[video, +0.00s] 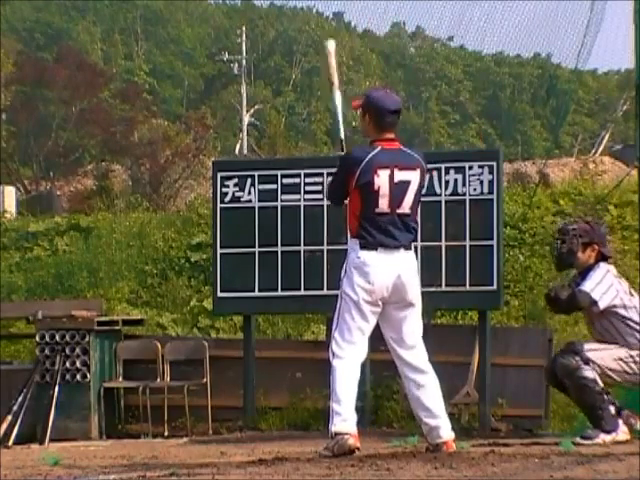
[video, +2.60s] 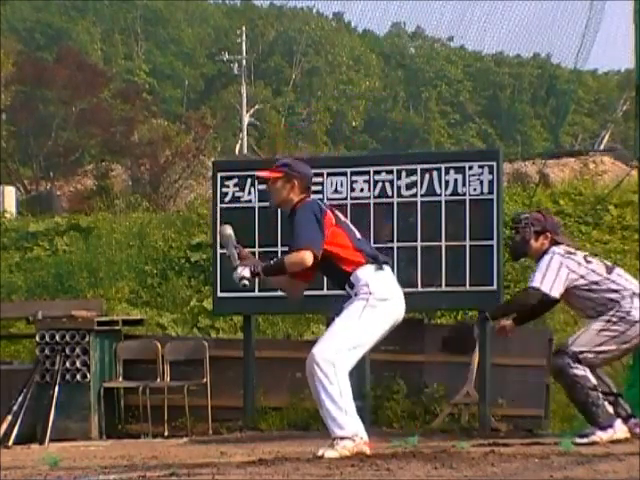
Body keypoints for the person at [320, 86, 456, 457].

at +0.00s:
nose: (361, 119)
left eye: (363, 115)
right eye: (362, 114)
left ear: (369, 119)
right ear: (396, 119)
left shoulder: (357, 160)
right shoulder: (416, 162)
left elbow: (335, 196)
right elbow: (395, 192)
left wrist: (346, 163)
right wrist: (362, 165)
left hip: (367, 263)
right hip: (406, 263)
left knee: (347, 348)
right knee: (412, 350)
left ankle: (343, 431)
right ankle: (441, 433)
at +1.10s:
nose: (357, 123)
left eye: (362, 118)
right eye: (358, 117)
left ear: (380, 120)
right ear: (391, 121)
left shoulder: (360, 156)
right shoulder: (422, 159)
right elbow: (431, 186)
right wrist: (400, 145)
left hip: (376, 261)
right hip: (416, 261)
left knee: (354, 348)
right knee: (418, 354)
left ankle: (344, 431)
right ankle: (442, 435)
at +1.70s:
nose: (349, 124)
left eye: (353, 119)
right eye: (350, 118)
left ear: (372, 121)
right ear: (379, 123)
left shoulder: (359, 156)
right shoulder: (409, 157)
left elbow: (328, 203)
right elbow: (379, 196)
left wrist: (342, 162)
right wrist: (355, 159)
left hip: (378, 260)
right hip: (412, 260)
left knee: (346, 352)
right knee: (411, 357)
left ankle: (348, 435)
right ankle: (442, 436)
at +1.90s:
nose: (331, 123)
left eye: (336, 117)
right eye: (332, 117)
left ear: (355, 120)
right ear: (357, 122)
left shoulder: (357, 154)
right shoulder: (381, 156)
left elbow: (343, 219)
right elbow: (349, 207)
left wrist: (324, 214)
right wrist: (319, 182)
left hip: (370, 257)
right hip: (397, 257)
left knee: (340, 352)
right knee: (380, 357)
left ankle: (346, 437)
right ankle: (429, 426)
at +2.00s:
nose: (320, 122)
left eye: (325, 116)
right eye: (320, 117)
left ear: (345, 120)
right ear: (346, 121)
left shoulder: (351, 153)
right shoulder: (362, 155)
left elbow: (360, 217)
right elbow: (328, 215)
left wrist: (328, 229)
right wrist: (289, 190)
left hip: (370, 257)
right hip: (390, 257)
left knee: (340, 350)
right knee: (358, 350)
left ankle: (346, 437)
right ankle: (400, 423)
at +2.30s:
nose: (289, 152)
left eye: (294, 146)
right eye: (289, 146)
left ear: (314, 149)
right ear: (309, 150)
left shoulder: (328, 179)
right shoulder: (321, 185)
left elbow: (353, 229)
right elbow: (309, 246)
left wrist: (312, 247)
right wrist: (266, 233)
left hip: (374, 275)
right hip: (365, 277)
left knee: (333, 353)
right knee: (324, 357)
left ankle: (352, 438)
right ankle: (349, 437)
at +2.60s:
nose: (268, 188)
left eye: (273, 182)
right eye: (269, 182)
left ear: (293, 185)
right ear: (295, 186)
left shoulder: (307, 210)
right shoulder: (313, 213)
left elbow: (305, 257)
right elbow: (295, 287)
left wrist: (260, 267)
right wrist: (258, 271)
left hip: (376, 292)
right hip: (376, 293)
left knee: (324, 358)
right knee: (321, 360)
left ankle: (350, 437)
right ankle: (351, 436)